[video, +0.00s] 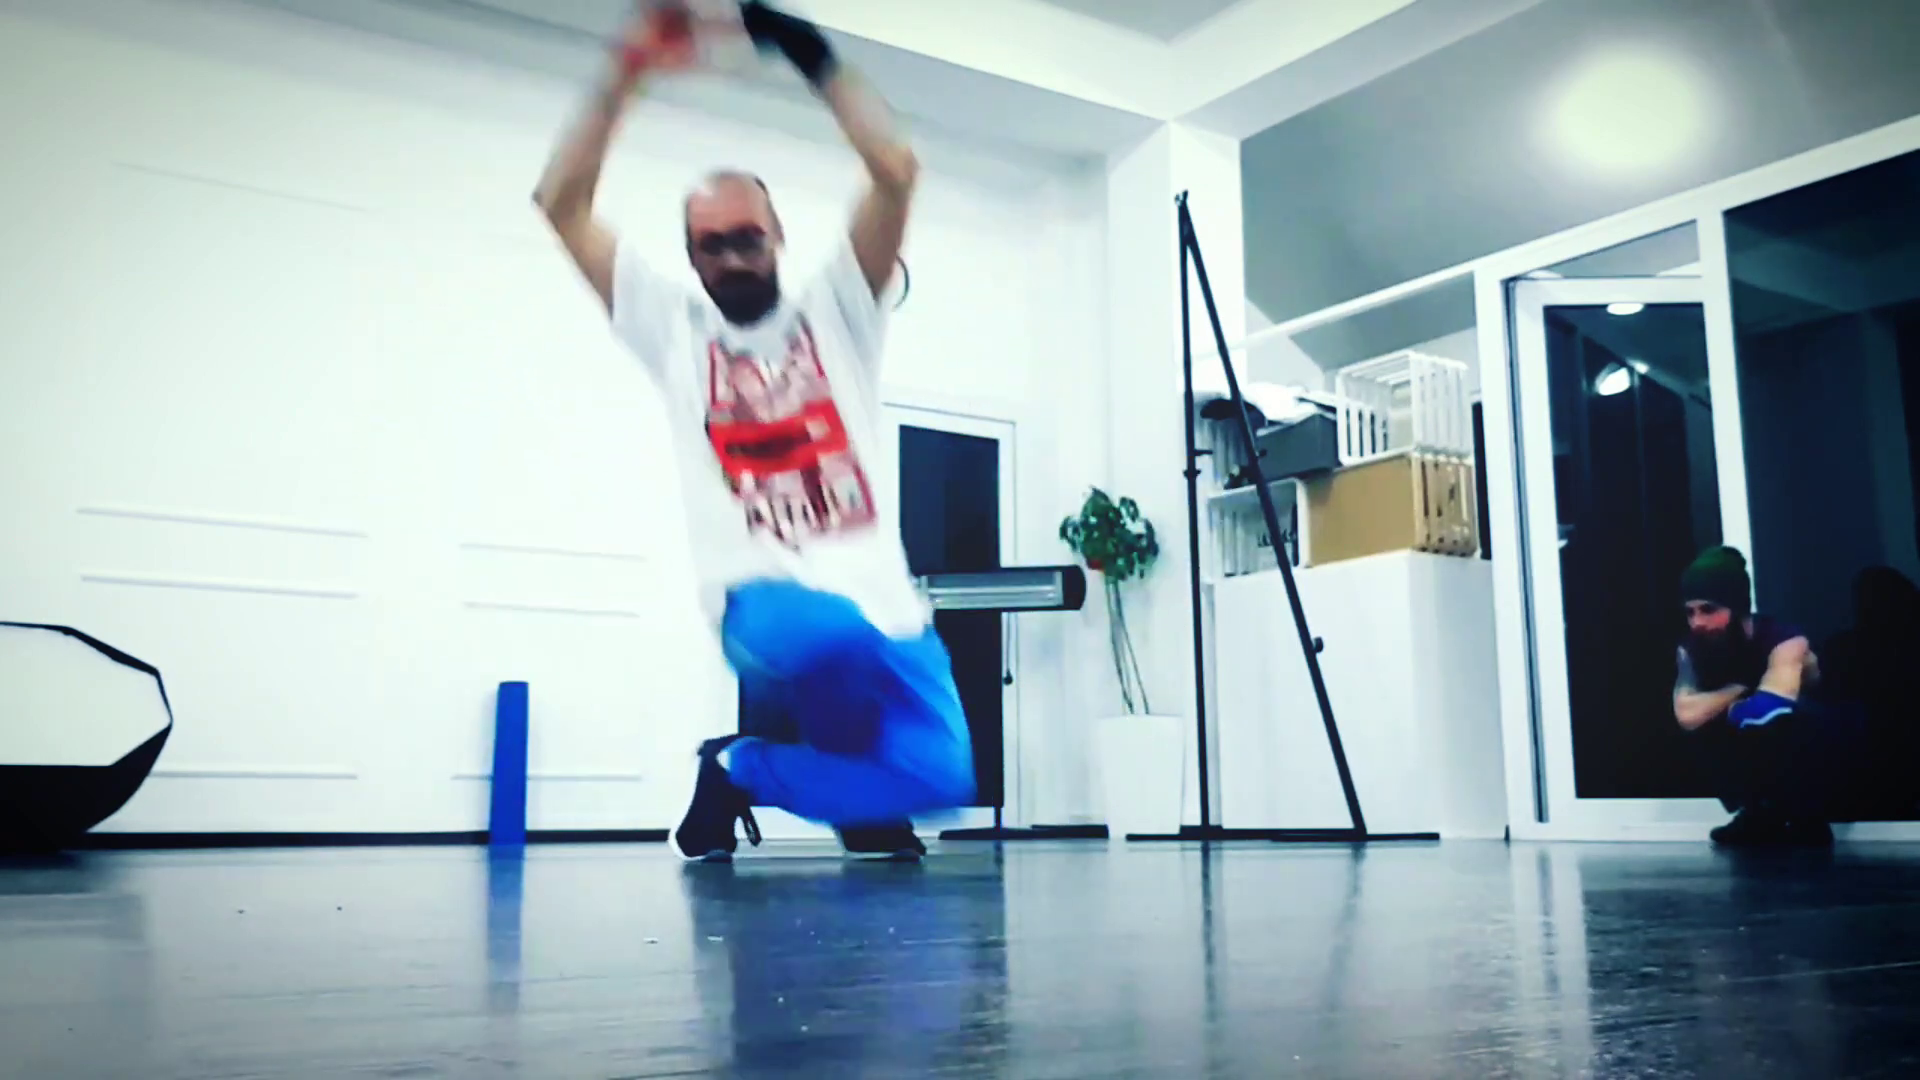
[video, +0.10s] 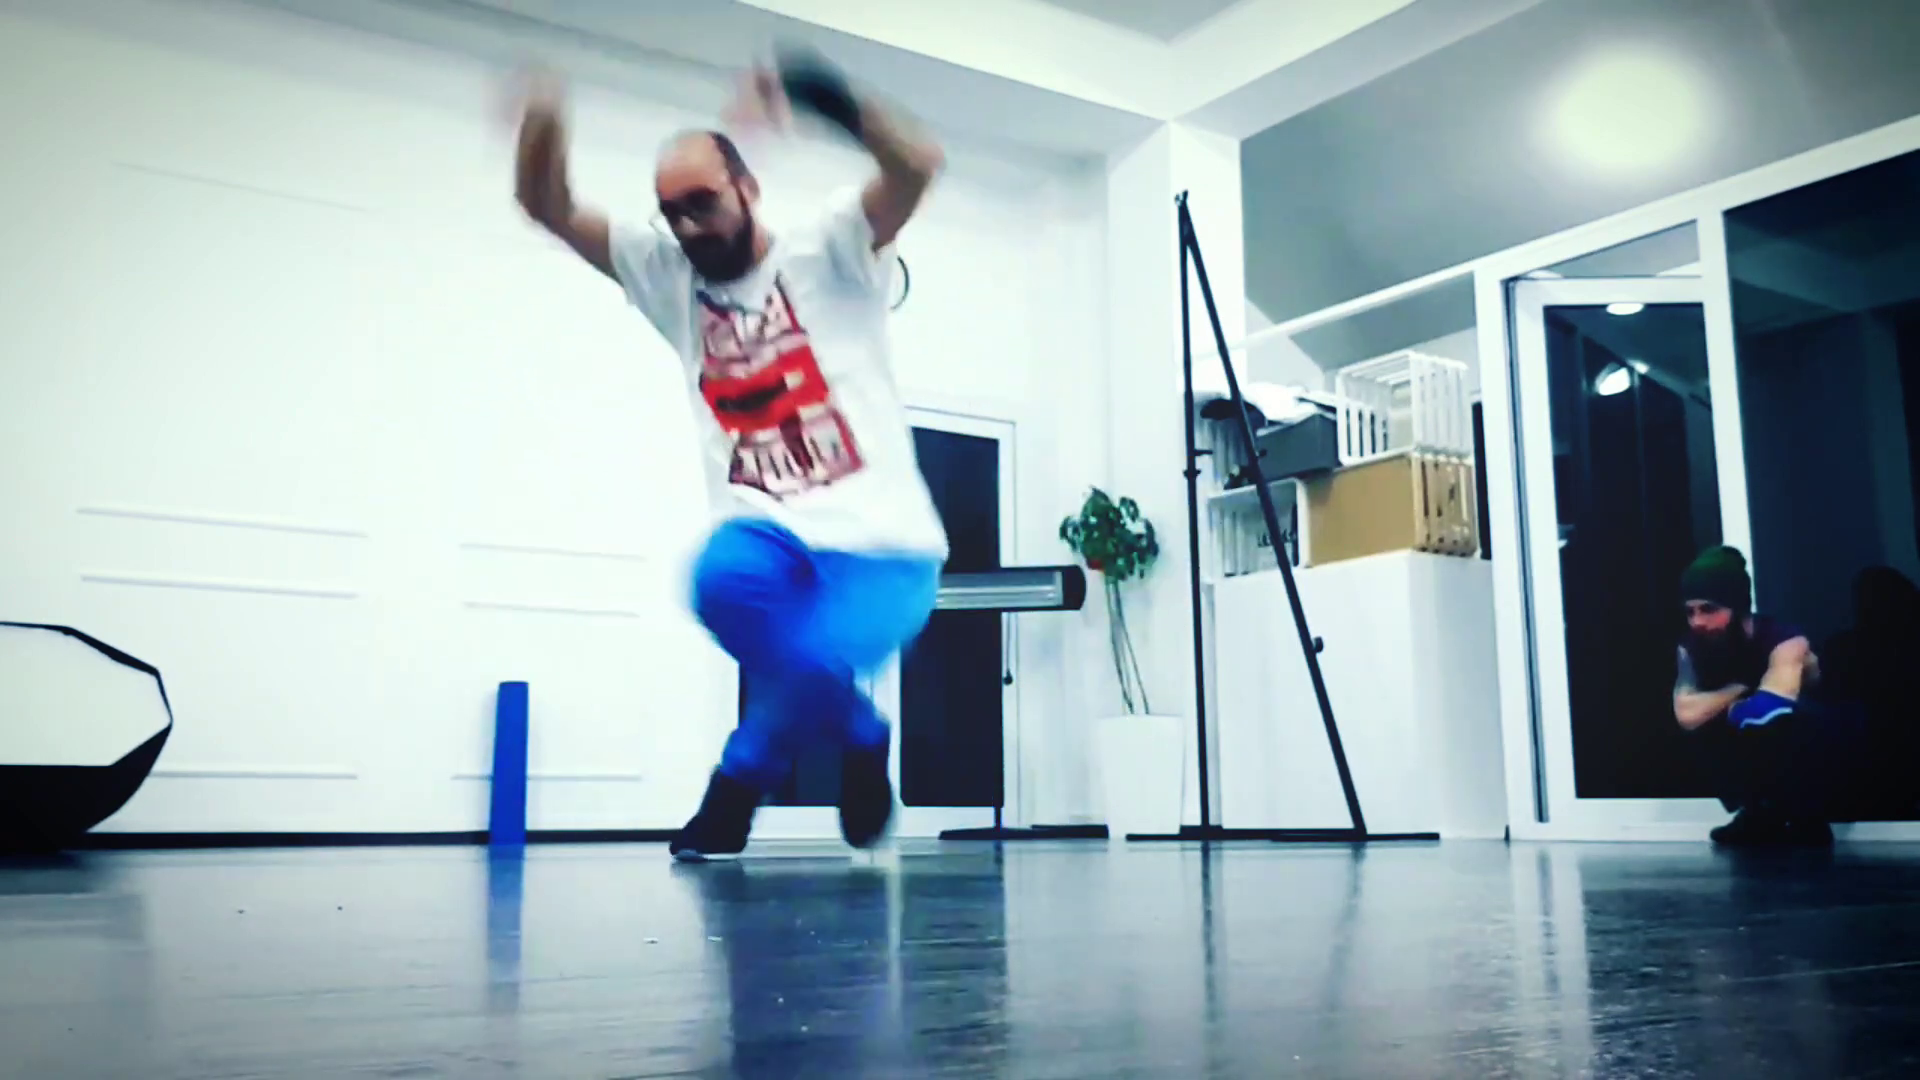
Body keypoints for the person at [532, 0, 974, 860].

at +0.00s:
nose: (733, 261)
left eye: (747, 240)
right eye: (712, 246)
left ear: (780, 239)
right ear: (689, 253)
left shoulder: (838, 309)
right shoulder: (675, 332)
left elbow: (895, 173)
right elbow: (563, 205)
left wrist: (805, 47)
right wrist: (626, 69)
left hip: (881, 596)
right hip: (762, 589)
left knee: (944, 778)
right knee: (832, 637)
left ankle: (736, 774)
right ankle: (860, 806)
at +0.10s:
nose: (686, 228)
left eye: (699, 205)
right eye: (671, 213)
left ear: (746, 189)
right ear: (662, 214)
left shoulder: (832, 250)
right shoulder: (668, 275)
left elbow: (915, 166)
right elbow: (550, 208)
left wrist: (825, 96)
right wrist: (546, 120)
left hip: (886, 531)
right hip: (767, 525)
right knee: (723, 585)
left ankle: (735, 792)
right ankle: (862, 738)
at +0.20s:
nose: (668, 215)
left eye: (677, 190)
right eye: (653, 203)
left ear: (729, 171)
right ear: (647, 209)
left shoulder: (827, 231)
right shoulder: (670, 288)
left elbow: (938, 284)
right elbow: (545, 326)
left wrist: (881, 349)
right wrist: (528, 408)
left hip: (885, 516)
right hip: (790, 532)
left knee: (681, 556)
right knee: (633, 609)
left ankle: (753, 781)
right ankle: (860, 713)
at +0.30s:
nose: (659, 233)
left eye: (668, 207)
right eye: (645, 220)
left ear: (724, 190)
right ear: (643, 227)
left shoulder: (827, 281)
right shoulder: (690, 329)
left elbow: (918, 437)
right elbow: (608, 455)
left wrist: (866, 587)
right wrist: (535, 591)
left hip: (849, 529)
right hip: (791, 546)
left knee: (601, 581)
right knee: (636, 694)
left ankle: (756, 795)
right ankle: (867, 748)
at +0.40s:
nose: (652, 296)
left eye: (661, 272)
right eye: (650, 279)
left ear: (714, 261)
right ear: (713, 269)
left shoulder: (801, 362)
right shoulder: (721, 393)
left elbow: (791, 547)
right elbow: (647, 514)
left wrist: (656, 622)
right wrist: (603, 619)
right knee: (641, 751)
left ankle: (752, 803)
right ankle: (856, 762)